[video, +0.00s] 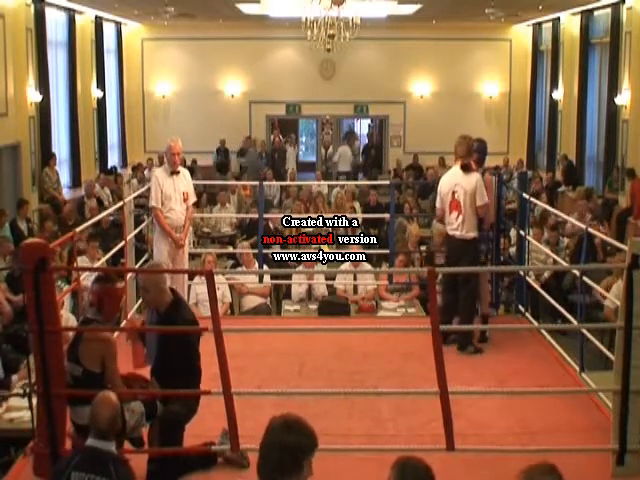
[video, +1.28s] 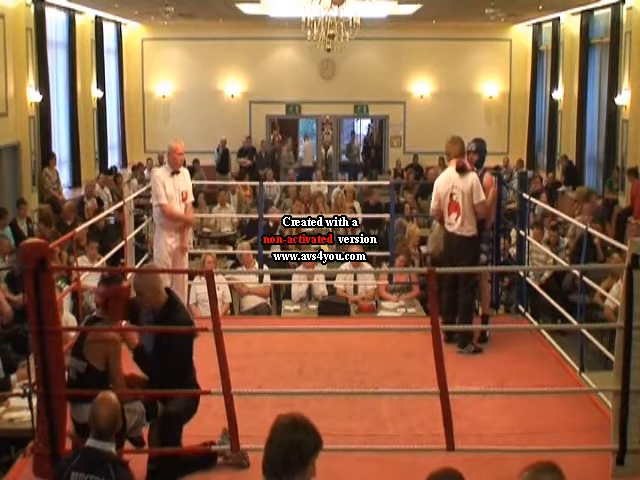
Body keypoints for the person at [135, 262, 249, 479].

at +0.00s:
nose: (142, 296)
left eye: (146, 290)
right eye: (141, 290)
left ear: (162, 288)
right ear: (160, 288)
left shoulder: (181, 322)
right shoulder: (158, 310)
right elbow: (156, 347)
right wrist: (140, 334)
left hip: (179, 400)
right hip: (163, 394)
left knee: (161, 470)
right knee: (158, 467)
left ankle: (216, 451)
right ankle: (215, 450)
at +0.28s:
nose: (142, 296)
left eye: (146, 291)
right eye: (140, 290)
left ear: (163, 289)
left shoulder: (180, 321)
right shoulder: (157, 309)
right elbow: (143, 331)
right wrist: (136, 342)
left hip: (178, 399)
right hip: (162, 393)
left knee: (159, 469)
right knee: (161, 466)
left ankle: (216, 452)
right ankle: (215, 450)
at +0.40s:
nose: (141, 297)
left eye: (145, 291)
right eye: (139, 291)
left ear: (162, 288)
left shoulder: (180, 322)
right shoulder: (156, 310)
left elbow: (173, 379)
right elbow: (142, 339)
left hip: (178, 399)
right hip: (161, 393)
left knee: (161, 469)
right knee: (159, 467)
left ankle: (218, 452)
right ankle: (216, 450)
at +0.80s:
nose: (141, 297)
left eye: (145, 291)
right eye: (139, 291)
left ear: (162, 289)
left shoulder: (179, 319)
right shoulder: (152, 306)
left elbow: (162, 370)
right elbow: (131, 316)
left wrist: (130, 351)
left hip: (180, 395)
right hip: (159, 389)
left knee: (161, 469)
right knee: (162, 467)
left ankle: (217, 454)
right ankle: (216, 450)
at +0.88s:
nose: (140, 297)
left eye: (144, 292)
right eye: (138, 292)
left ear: (161, 289)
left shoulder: (179, 320)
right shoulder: (151, 306)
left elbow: (162, 372)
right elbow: (133, 315)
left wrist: (130, 348)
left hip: (182, 393)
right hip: (158, 387)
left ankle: (217, 454)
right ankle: (217, 451)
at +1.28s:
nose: (137, 298)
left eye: (141, 293)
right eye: (135, 292)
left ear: (157, 289)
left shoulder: (178, 320)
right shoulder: (143, 306)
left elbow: (164, 376)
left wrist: (136, 348)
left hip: (182, 392)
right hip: (157, 386)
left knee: (168, 415)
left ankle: (216, 453)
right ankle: (215, 451)